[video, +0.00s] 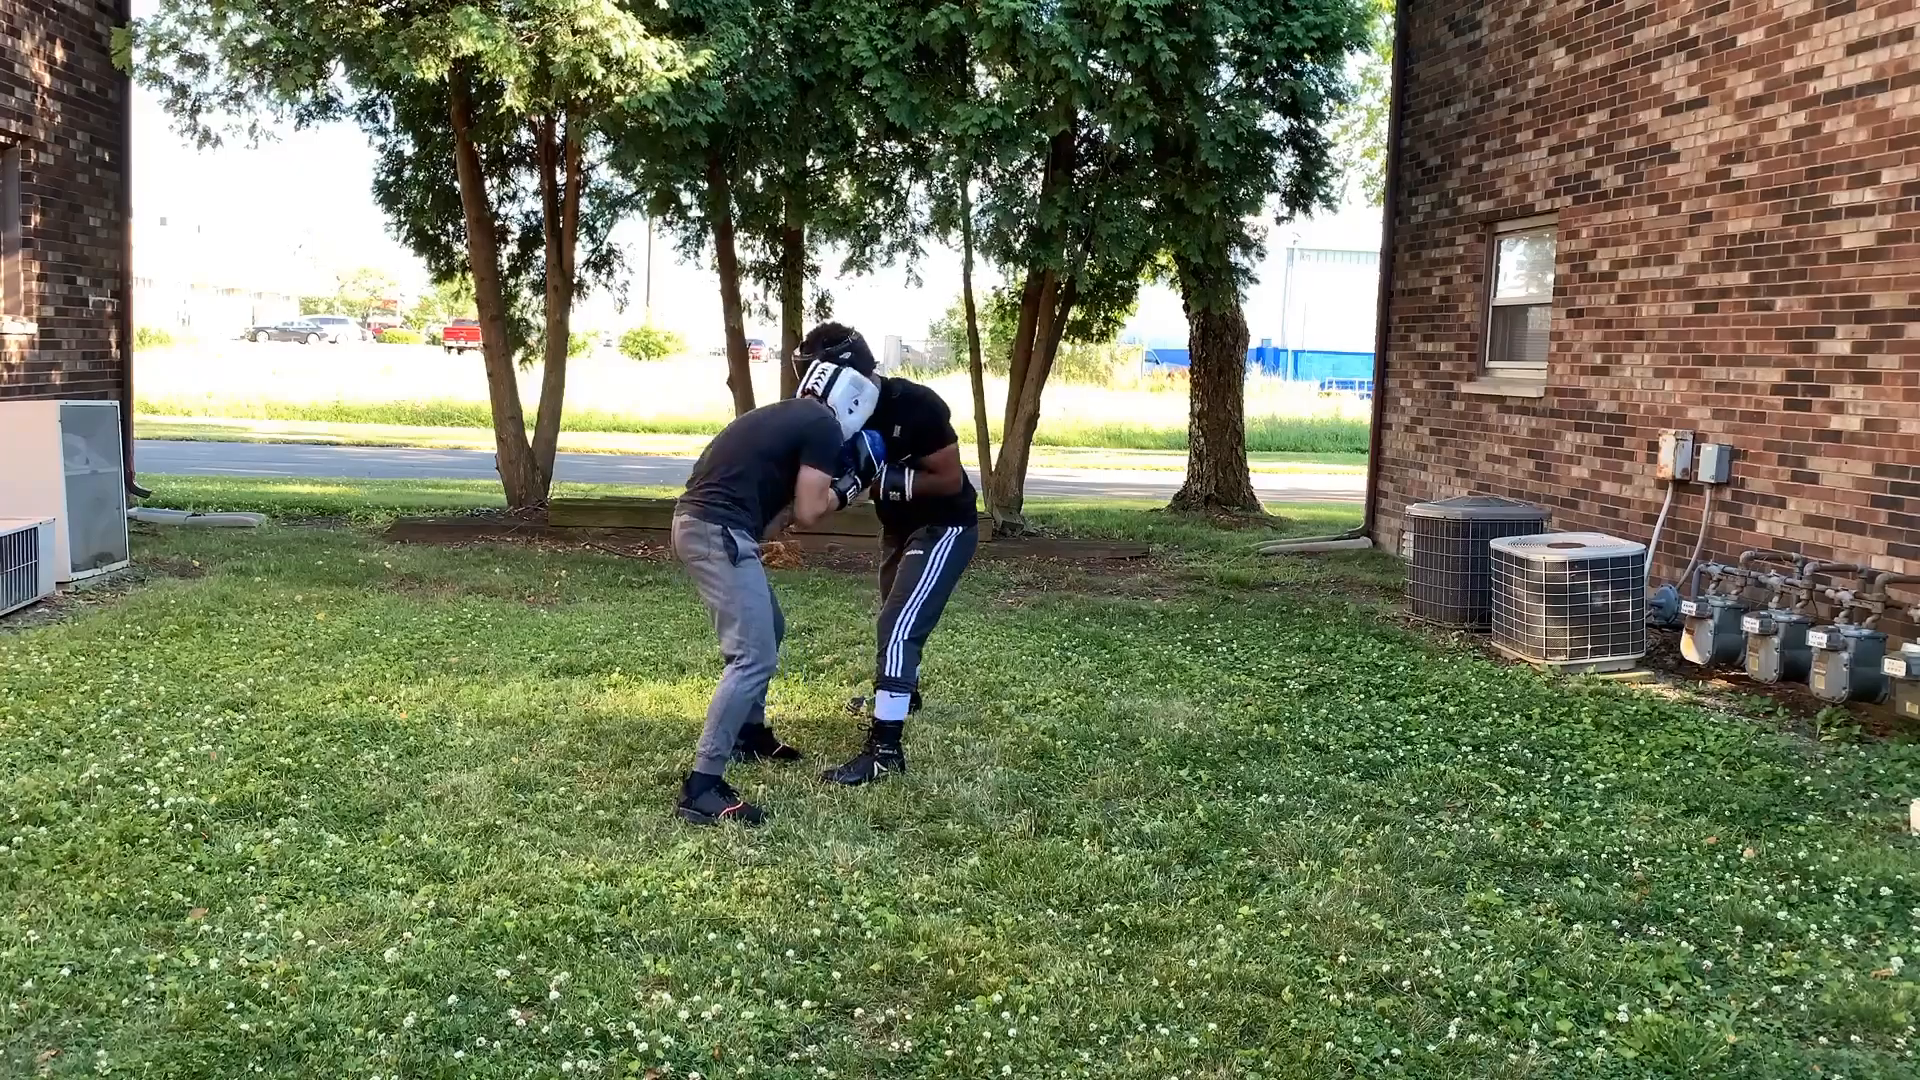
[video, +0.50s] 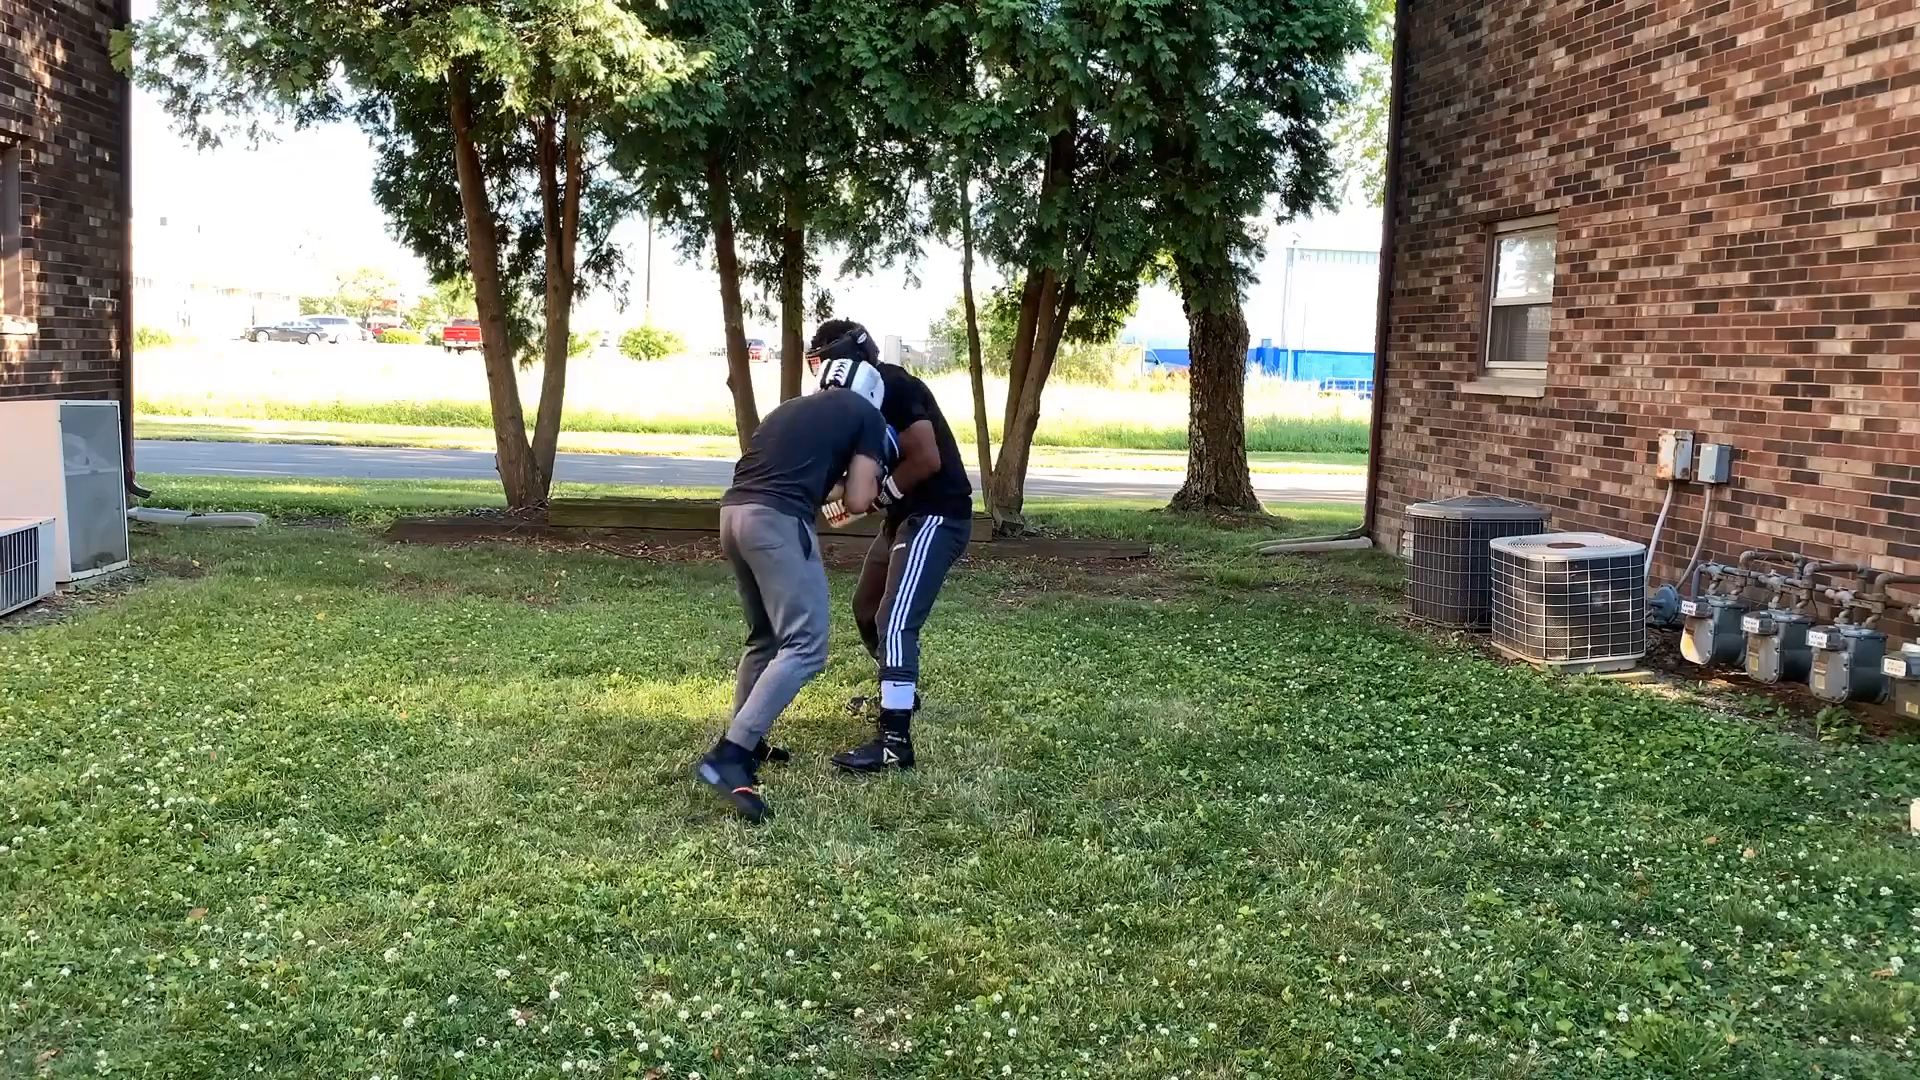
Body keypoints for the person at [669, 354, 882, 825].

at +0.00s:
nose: (862, 415)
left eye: (865, 405)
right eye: (863, 403)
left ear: (814, 385)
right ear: (848, 396)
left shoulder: (787, 414)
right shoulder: (821, 423)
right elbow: (809, 514)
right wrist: (846, 485)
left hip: (714, 526)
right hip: (715, 529)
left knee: (769, 627)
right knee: (752, 656)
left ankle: (748, 732)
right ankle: (702, 785)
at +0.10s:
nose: (864, 419)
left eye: (865, 410)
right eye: (865, 409)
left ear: (811, 389)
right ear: (855, 405)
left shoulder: (780, 418)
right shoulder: (833, 440)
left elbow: (773, 501)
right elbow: (808, 525)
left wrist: (834, 488)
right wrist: (845, 496)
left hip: (686, 527)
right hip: (723, 538)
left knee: (742, 645)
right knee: (765, 666)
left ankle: (751, 735)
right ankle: (703, 787)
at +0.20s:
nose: (866, 431)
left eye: (866, 423)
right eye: (866, 423)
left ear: (815, 400)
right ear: (858, 420)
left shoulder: (770, 420)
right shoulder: (842, 455)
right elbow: (812, 541)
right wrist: (847, 494)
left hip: (682, 534)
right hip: (728, 546)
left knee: (732, 651)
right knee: (775, 672)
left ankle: (748, 738)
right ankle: (705, 787)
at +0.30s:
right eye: (869, 427)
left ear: (821, 404)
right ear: (862, 426)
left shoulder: (776, 420)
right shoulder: (849, 459)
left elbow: (742, 477)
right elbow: (812, 543)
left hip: (692, 533)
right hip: (738, 546)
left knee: (741, 651)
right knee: (779, 672)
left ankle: (743, 742)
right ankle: (706, 787)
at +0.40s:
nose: (870, 422)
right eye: (872, 413)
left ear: (823, 392)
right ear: (865, 410)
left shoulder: (785, 413)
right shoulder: (861, 443)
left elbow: (752, 475)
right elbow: (830, 522)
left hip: (713, 522)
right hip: (758, 533)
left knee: (751, 646)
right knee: (779, 667)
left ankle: (746, 742)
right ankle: (708, 784)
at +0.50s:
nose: (880, 409)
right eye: (879, 399)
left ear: (830, 381)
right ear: (870, 390)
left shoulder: (794, 407)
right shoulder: (865, 414)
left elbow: (770, 465)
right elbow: (858, 500)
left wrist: (824, 493)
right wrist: (868, 489)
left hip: (733, 510)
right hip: (776, 517)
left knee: (764, 638)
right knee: (806, 647)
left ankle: (745, 741)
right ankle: (729, 757)